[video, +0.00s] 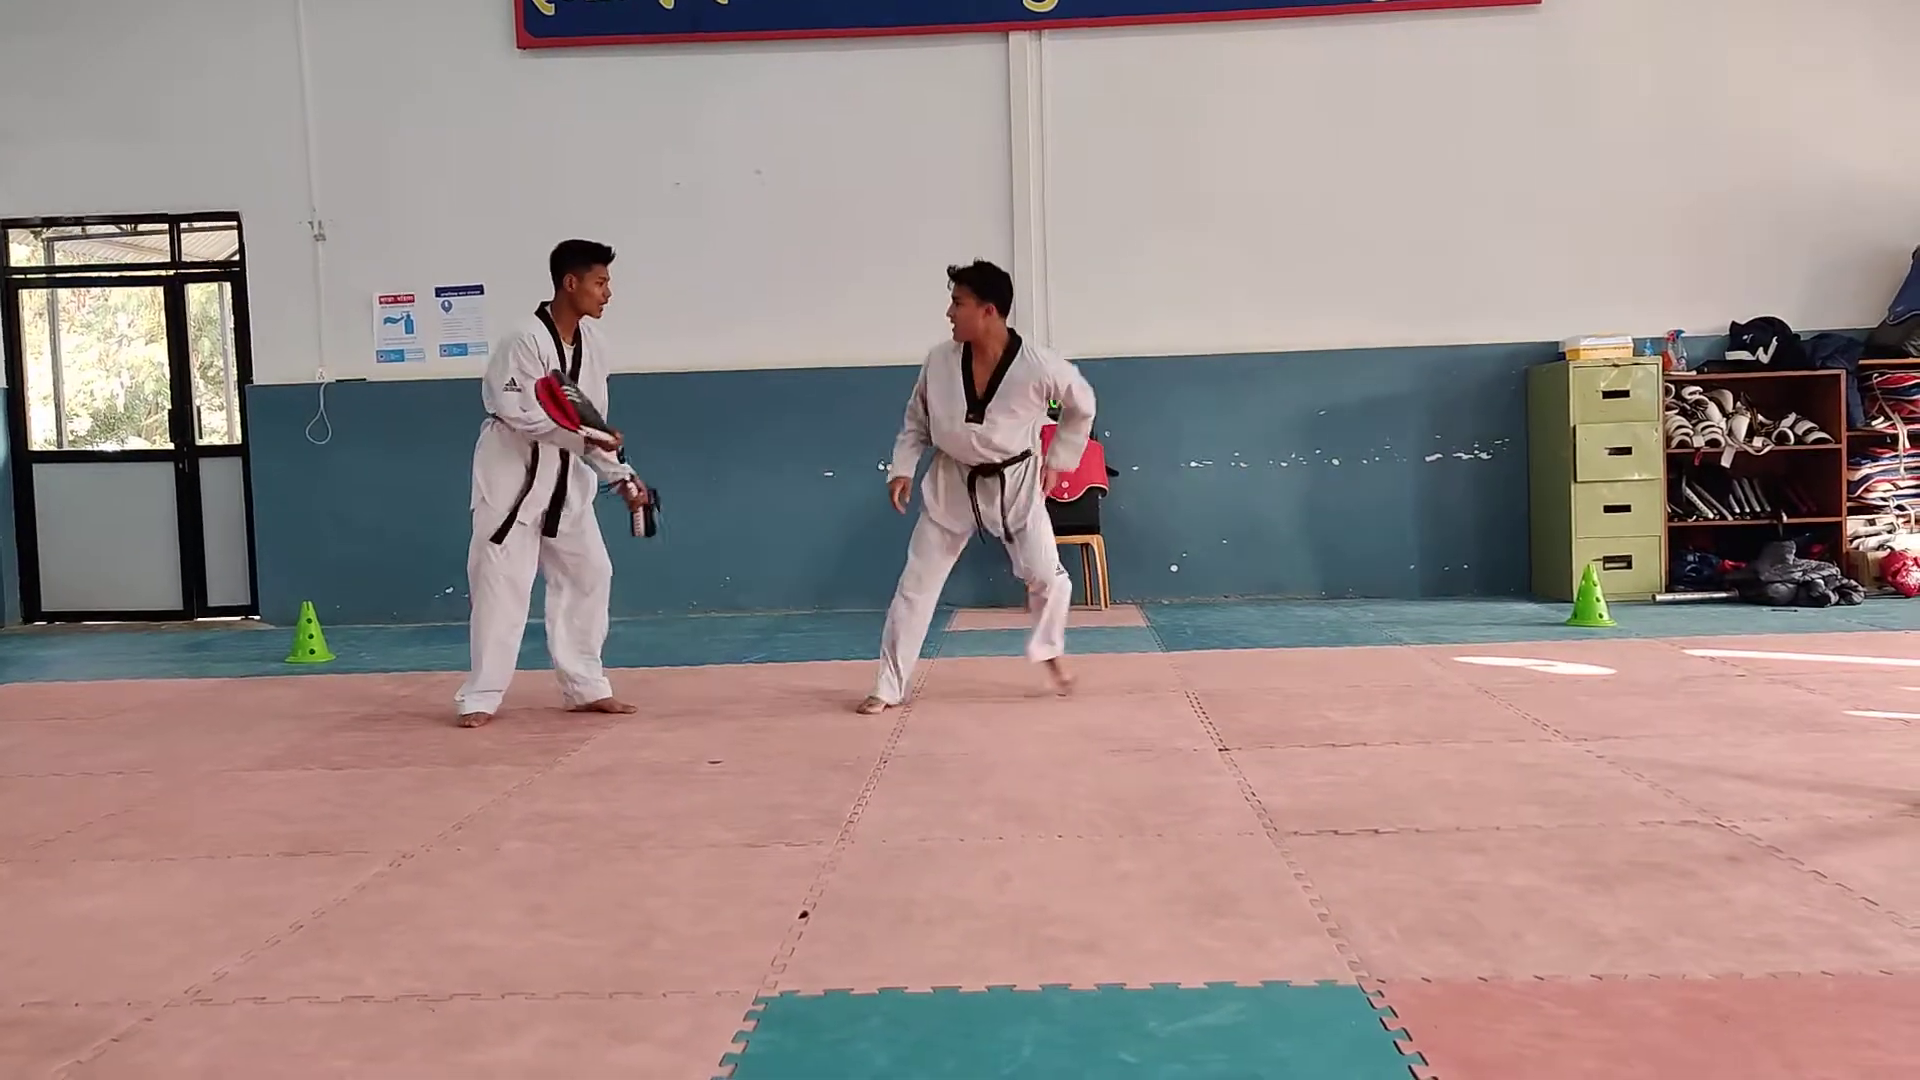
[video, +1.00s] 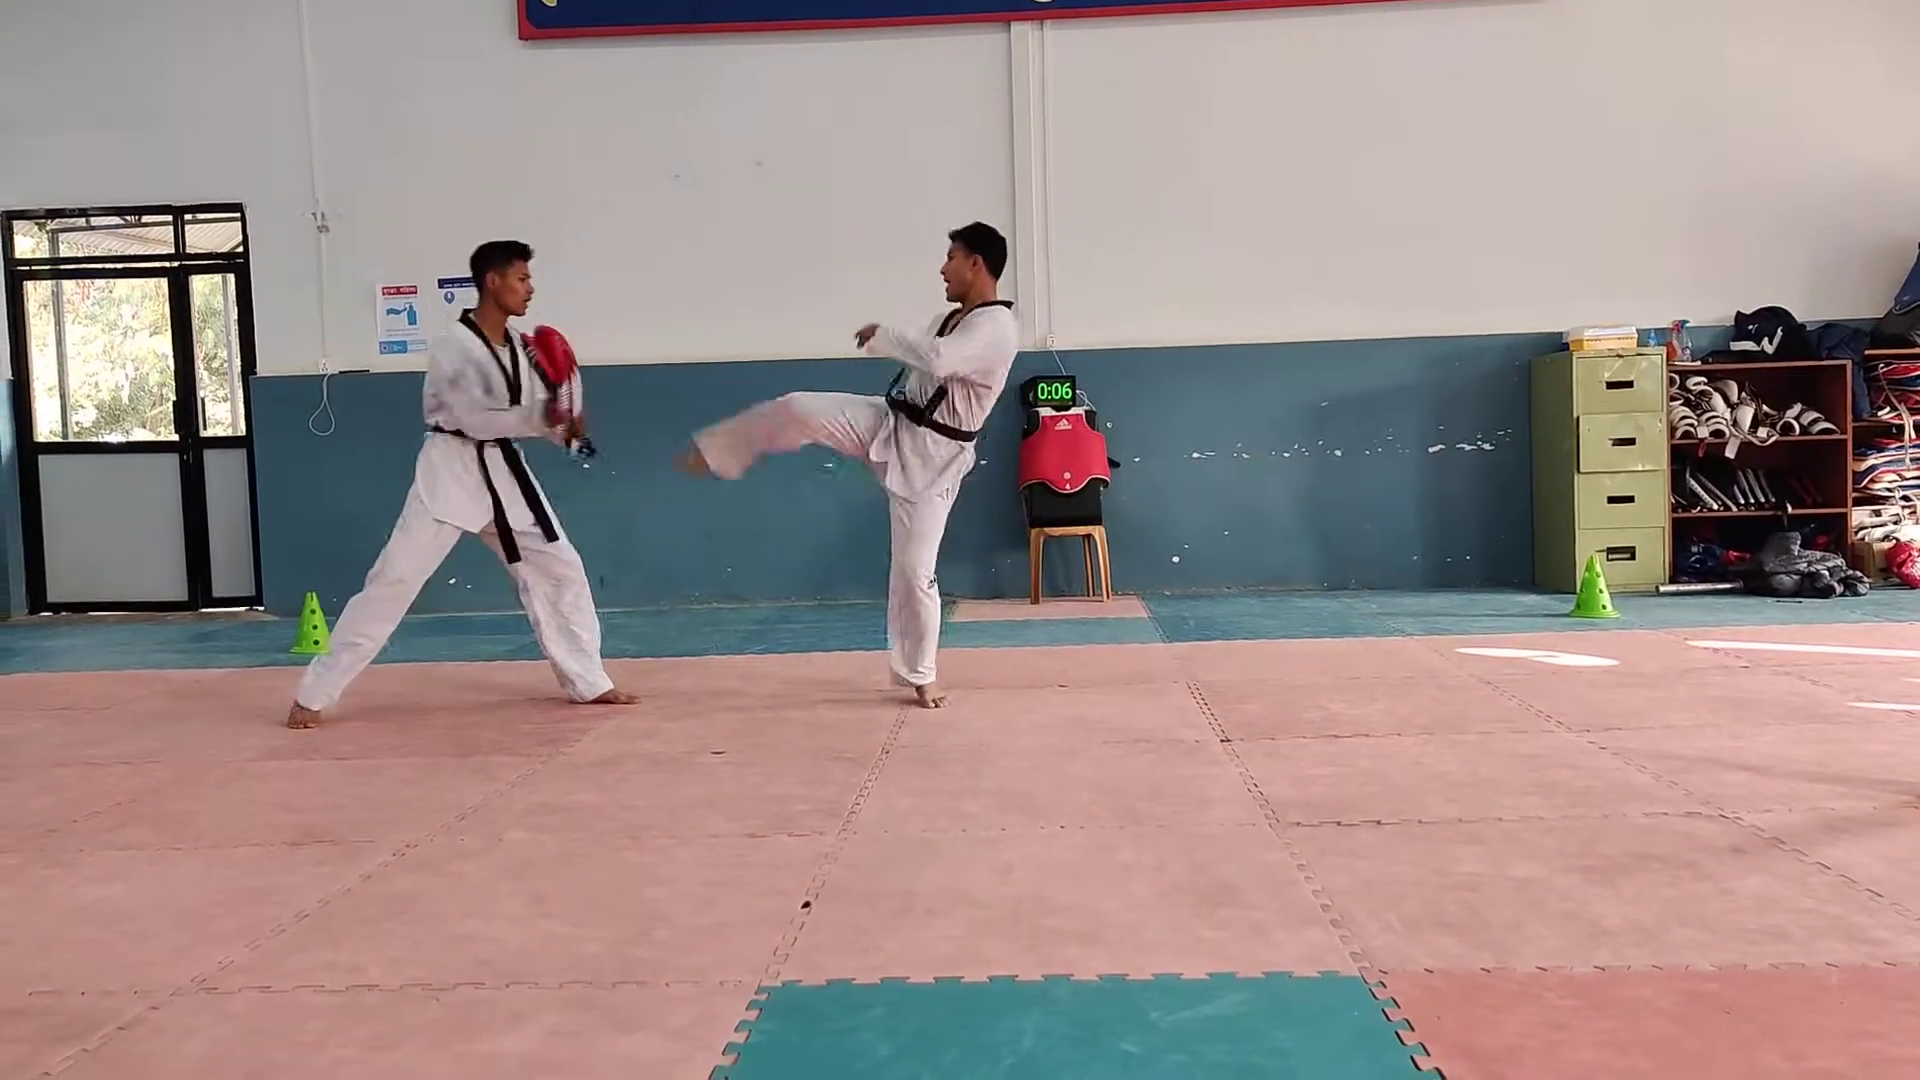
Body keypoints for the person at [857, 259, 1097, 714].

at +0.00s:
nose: (949, 311)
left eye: (957, 302)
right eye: (951, 301)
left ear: (988, 311)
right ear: (980, 311)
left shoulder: (1038, 365)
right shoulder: (940, 360)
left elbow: (1081, 405)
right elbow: (917, 418)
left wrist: (1061, 459)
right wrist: (903, 466)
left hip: (1017, 478)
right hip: (951, 477)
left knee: (1044, 575)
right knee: (914, 586)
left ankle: (1051, 651)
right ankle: (888, 687)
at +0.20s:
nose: (965, 306)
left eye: (973, 297)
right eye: (968, 297)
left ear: (1003, 306)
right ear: (996, 306)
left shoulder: (1051, 360)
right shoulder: (973, 367)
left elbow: (1117, 410)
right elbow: (984, 433)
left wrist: (1150, 477)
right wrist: (958, 470)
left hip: (1062, 483)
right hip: (1005, 489)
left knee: (1107, 583)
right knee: (957, 570)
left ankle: (1172, 663)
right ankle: (963, 672)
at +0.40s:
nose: (971, 291)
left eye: (978, 281)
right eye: (972, 281)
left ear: (1008, 286)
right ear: (1005, 287)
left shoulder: (1055, 342)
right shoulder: (982, 349)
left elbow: (1063, 421)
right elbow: (996, 424)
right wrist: (1001, 484)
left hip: (1066, 459)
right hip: (1008, 463)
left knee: (1099, 571)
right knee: (973, 566)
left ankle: (1153, 658)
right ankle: (956, 668)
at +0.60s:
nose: (966, 276)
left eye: (977, 269)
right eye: (971, 267)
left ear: (1004, 283)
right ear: (997, 281)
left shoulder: (1031, 346)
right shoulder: (961, 336)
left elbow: (1040, 428)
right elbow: (935, 390)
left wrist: (976, 448)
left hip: (1032, 468)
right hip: (980, 472)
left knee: (1070, 571)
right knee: (967, 571)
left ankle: (1142, 657)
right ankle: (981, 673)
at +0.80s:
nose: (972, 256)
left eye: (981, 248)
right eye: (974, 247)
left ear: (1012, 256)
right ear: (995, 254)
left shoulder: (1034, 312)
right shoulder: (951, 303)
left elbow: (1068, 367)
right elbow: (910, 357)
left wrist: (1018, 336)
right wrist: (872, 391)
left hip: (963, 432)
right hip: (911, 411)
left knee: (940, 556)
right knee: (830, 469)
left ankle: (941, 669)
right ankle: (904, 543)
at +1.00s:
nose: (943, 267)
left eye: (952, 258)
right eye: (947, 258)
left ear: (978, 265)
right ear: (976, 266)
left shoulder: (995, 326)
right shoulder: (950, 319)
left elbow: (941, 360)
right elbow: (931, 383)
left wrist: (885, 337)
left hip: (933, 457)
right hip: (892, 422)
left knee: (914, 572)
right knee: (798, 408)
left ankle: (919, 676)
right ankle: (716, 452)